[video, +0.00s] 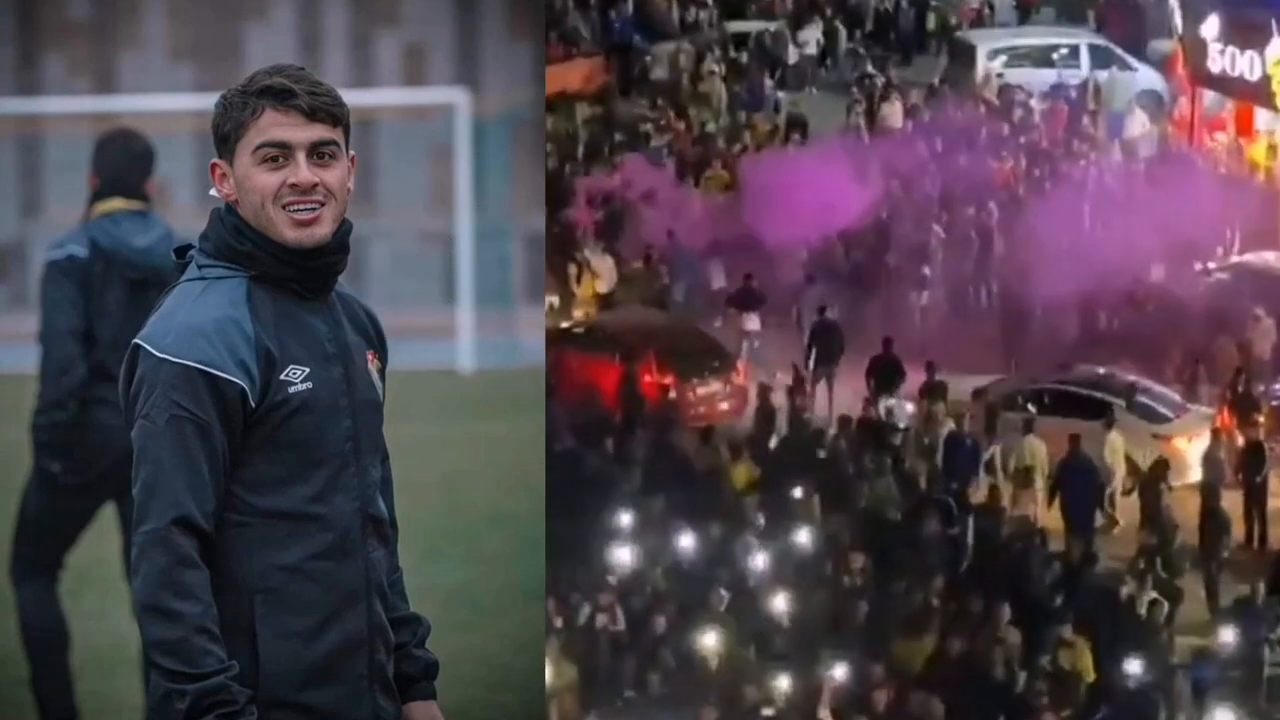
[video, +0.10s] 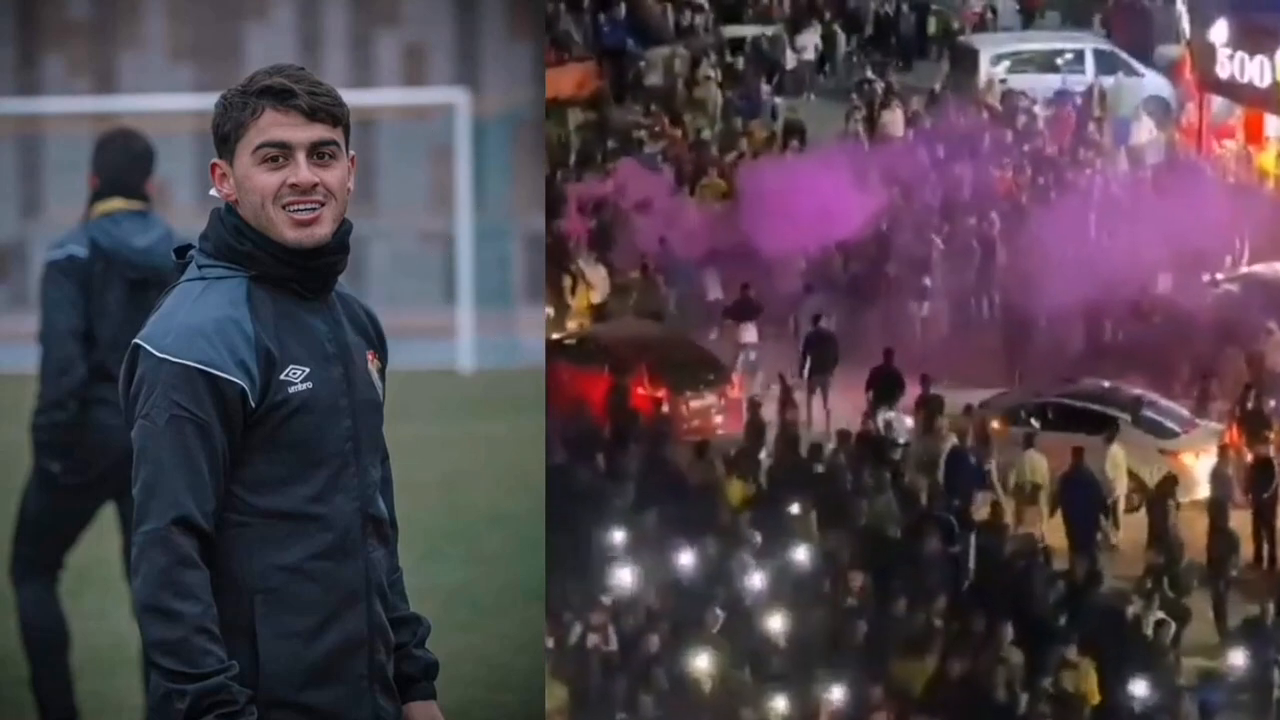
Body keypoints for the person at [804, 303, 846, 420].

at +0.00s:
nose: (820, 315)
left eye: (819, 313)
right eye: (822, 312)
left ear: (817, 313)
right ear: (827, 312)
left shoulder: (815, 326)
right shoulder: (835, 325)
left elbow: (810, 345)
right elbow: (841, 345)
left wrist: (806, 361)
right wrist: (837, 359)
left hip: (819, 361)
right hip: (832, 362)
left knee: (813, 386)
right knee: (831, 390)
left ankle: (811, 411)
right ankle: (831, 416)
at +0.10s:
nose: (814, 325)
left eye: (813, 322)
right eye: (816, 322)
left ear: (812, 322)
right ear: (822, 321)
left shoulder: (810, 336)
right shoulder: (831, 335)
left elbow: (804, 355)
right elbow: (835, 355)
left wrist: (801, 371)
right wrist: (832, 368)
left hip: (813, 371)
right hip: (826, 371)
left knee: (810, 397)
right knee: (826, 403)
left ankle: (809, 423)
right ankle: (828, 428)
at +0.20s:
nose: (818, 335)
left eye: (816, 333)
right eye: (818, 333)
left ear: (810, 333)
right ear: (822, 333)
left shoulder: (805, 346)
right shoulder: (827, 346)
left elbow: (799, 364)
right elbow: (831, 364)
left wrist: (797, 380)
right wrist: (836, 377)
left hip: (809, 378)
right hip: (823, 377)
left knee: (809, 407)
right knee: (821, 401)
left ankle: (809, 433)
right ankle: (822, 422)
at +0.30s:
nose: (819, 340)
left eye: (818, 337)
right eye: (819, 337)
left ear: (810, 338)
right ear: (822, 338)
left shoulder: (806, 351)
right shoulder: (827, 351)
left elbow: (799, 367)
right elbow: (831, 369)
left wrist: (795, 383)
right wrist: (835, 383)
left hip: (809, 382)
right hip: (822, 382)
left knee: (808, 410)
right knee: (821, 409)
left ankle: (809, 434)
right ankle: (821, 434)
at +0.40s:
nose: (818, 346)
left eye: (817, 343)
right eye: (818, 343)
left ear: (809, 343)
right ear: (821, 343)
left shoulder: (805, 357)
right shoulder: (826, 358)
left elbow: (798, 374)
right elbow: (830, 377)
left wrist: (795, 390)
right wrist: (834, 393)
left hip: (808, 391)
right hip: (822, 390)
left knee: (808, 419)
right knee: (820, 413)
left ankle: (809, 447)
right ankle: (819, 432)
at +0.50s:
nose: (821, 349)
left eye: (819, 346)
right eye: (821, 346)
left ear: (810, 347)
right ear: (821, 347)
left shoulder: (804, 361)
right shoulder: (825, 361)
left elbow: (798, 381)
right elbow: (829, 382)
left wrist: (798, 395)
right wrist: (834, 400)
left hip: (808, 397)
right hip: (822, 397)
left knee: (810, 426)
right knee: (821, 424)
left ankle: (811, 452)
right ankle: (821, 449)